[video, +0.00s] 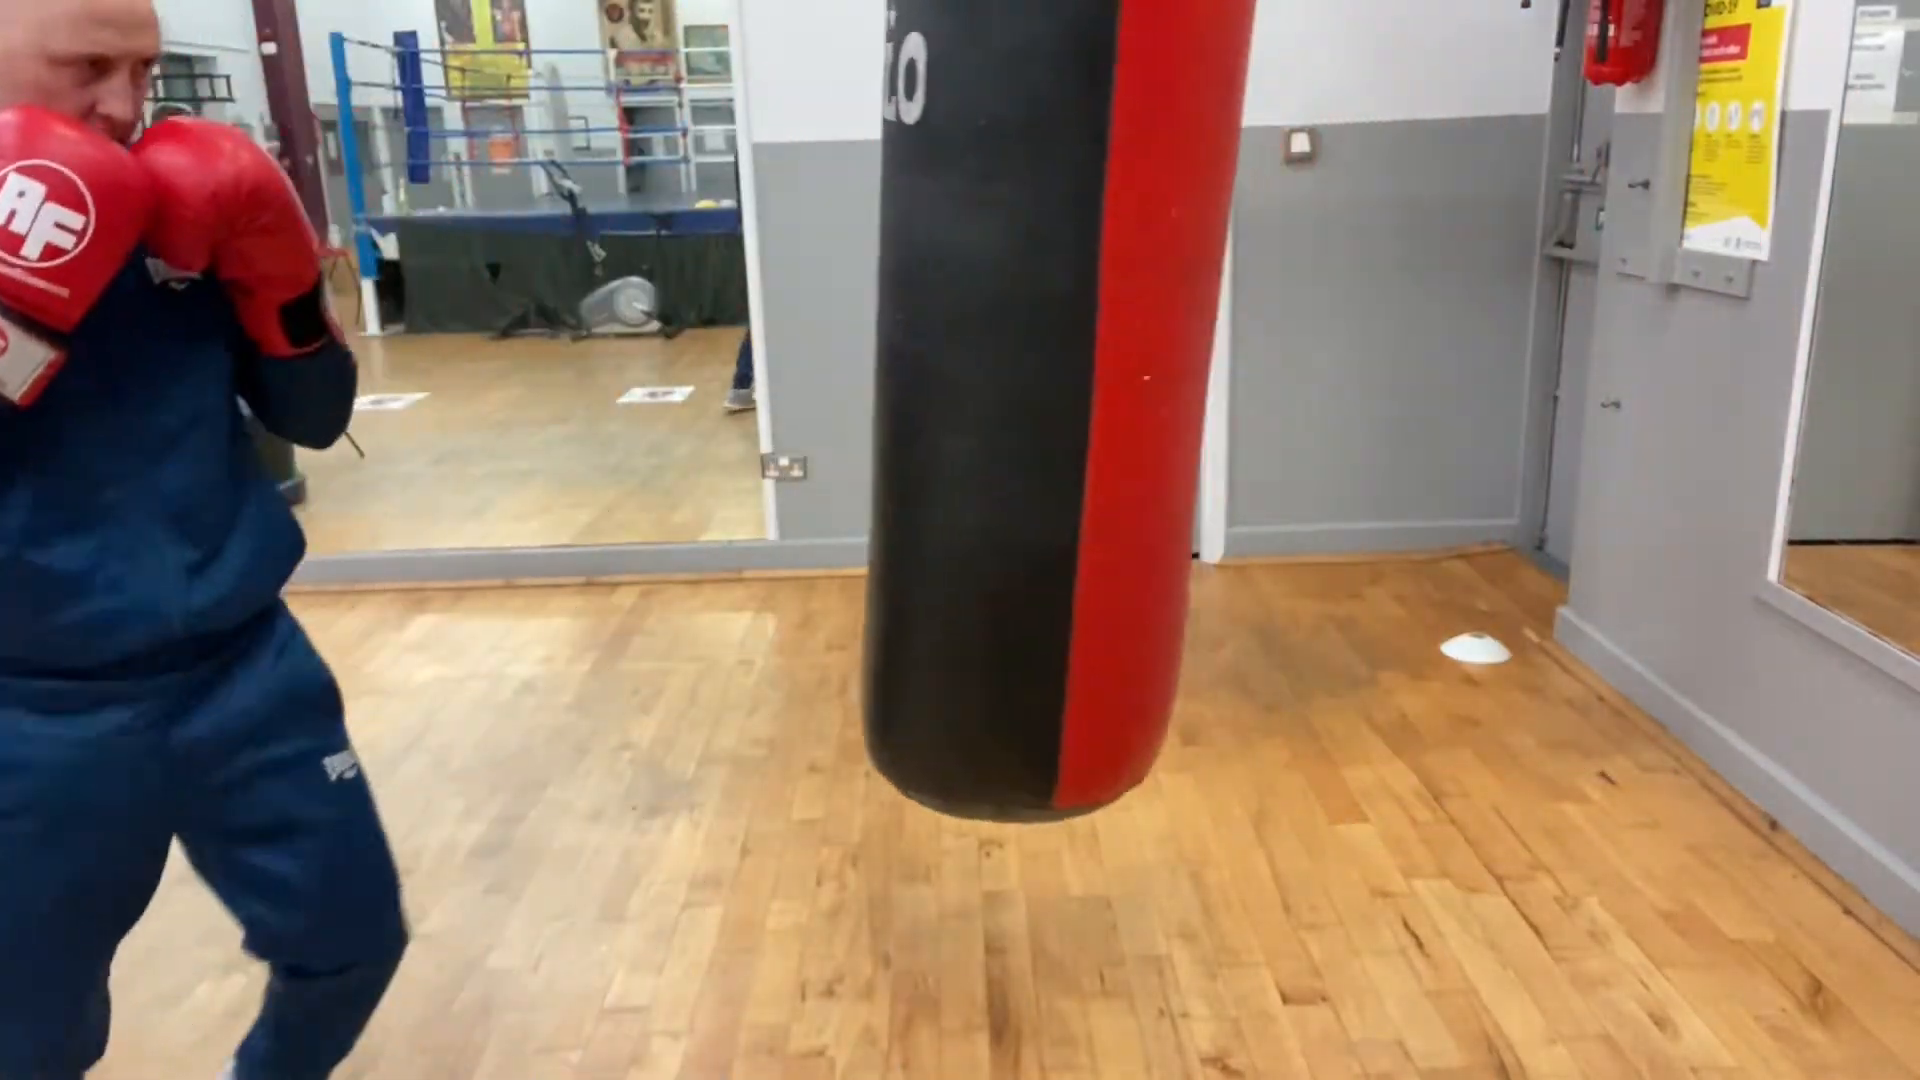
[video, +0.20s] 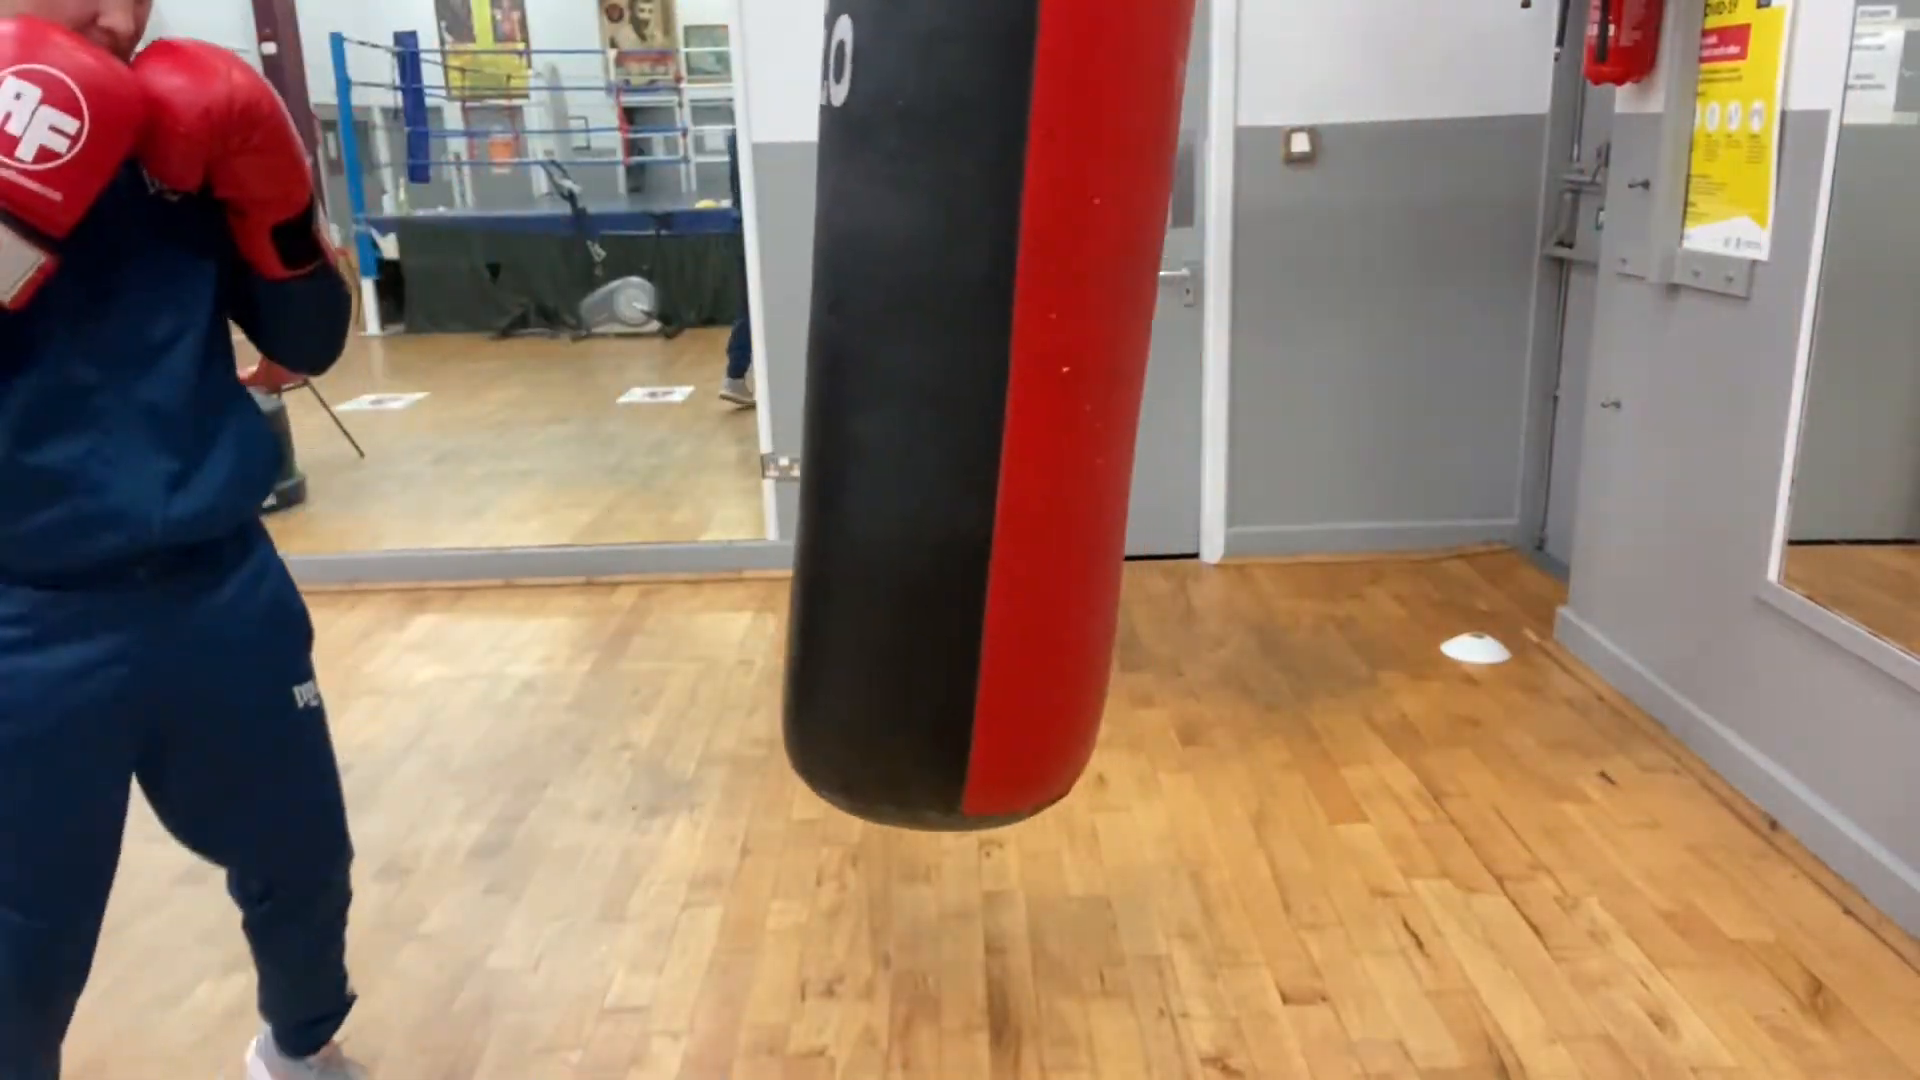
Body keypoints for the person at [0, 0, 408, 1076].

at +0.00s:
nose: (124, 105)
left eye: (143, 70)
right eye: (86, 70)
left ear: (161, 66)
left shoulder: (188, 208)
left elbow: (315, 417)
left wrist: (281, 274)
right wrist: (22, 314)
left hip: (244, 673)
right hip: (40, 713)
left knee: (351, 940)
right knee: (36, 1048)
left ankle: (274, 1076)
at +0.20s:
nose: (108, 20)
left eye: (124, 2)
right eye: (73, 8)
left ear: (145, 11)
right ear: (9, 17)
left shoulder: (184, 130)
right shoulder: (9, 161)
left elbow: (307, 346)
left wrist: (275, 189)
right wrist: (30, 208)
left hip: (222, 594)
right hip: (34, 619)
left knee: (300, 866)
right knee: (28, 966)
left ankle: (303, 1051)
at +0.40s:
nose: (133, 113)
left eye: (152, 81)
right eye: (102, 78)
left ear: (168, 76)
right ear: (8, 61)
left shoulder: (182, 205)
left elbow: (298, 412)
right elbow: (2, 479)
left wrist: (272, 276)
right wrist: (45, 316)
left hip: (240, 640)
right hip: (51, 686)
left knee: (325, 867)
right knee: (29, 1008)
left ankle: (315, 1046)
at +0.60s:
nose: (35, 30)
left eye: (49, 12)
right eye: (17, 14)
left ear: (62, 13)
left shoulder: (103, 128)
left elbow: (273, 326)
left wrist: (229, 165)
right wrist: (8, 145)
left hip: (150, 589)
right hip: (7, 618)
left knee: (253, 859)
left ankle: (268, 1043)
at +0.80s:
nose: (12, 73)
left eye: (13, 62)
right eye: (1, 64)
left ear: (20, 53)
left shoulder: (73, 184)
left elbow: (207, 392)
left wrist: (206, 281)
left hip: (136, 649)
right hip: (4, 693)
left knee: (290, 906)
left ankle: (258, 1043)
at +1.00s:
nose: (62, 79)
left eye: (78, 57)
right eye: (40, 54)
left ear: (92, 44)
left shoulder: (127, 151)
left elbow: (305, 344)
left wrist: (299, 210)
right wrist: (10, 197)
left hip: (189, 644)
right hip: (22, 683)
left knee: (393, 883)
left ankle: (504, 1059)